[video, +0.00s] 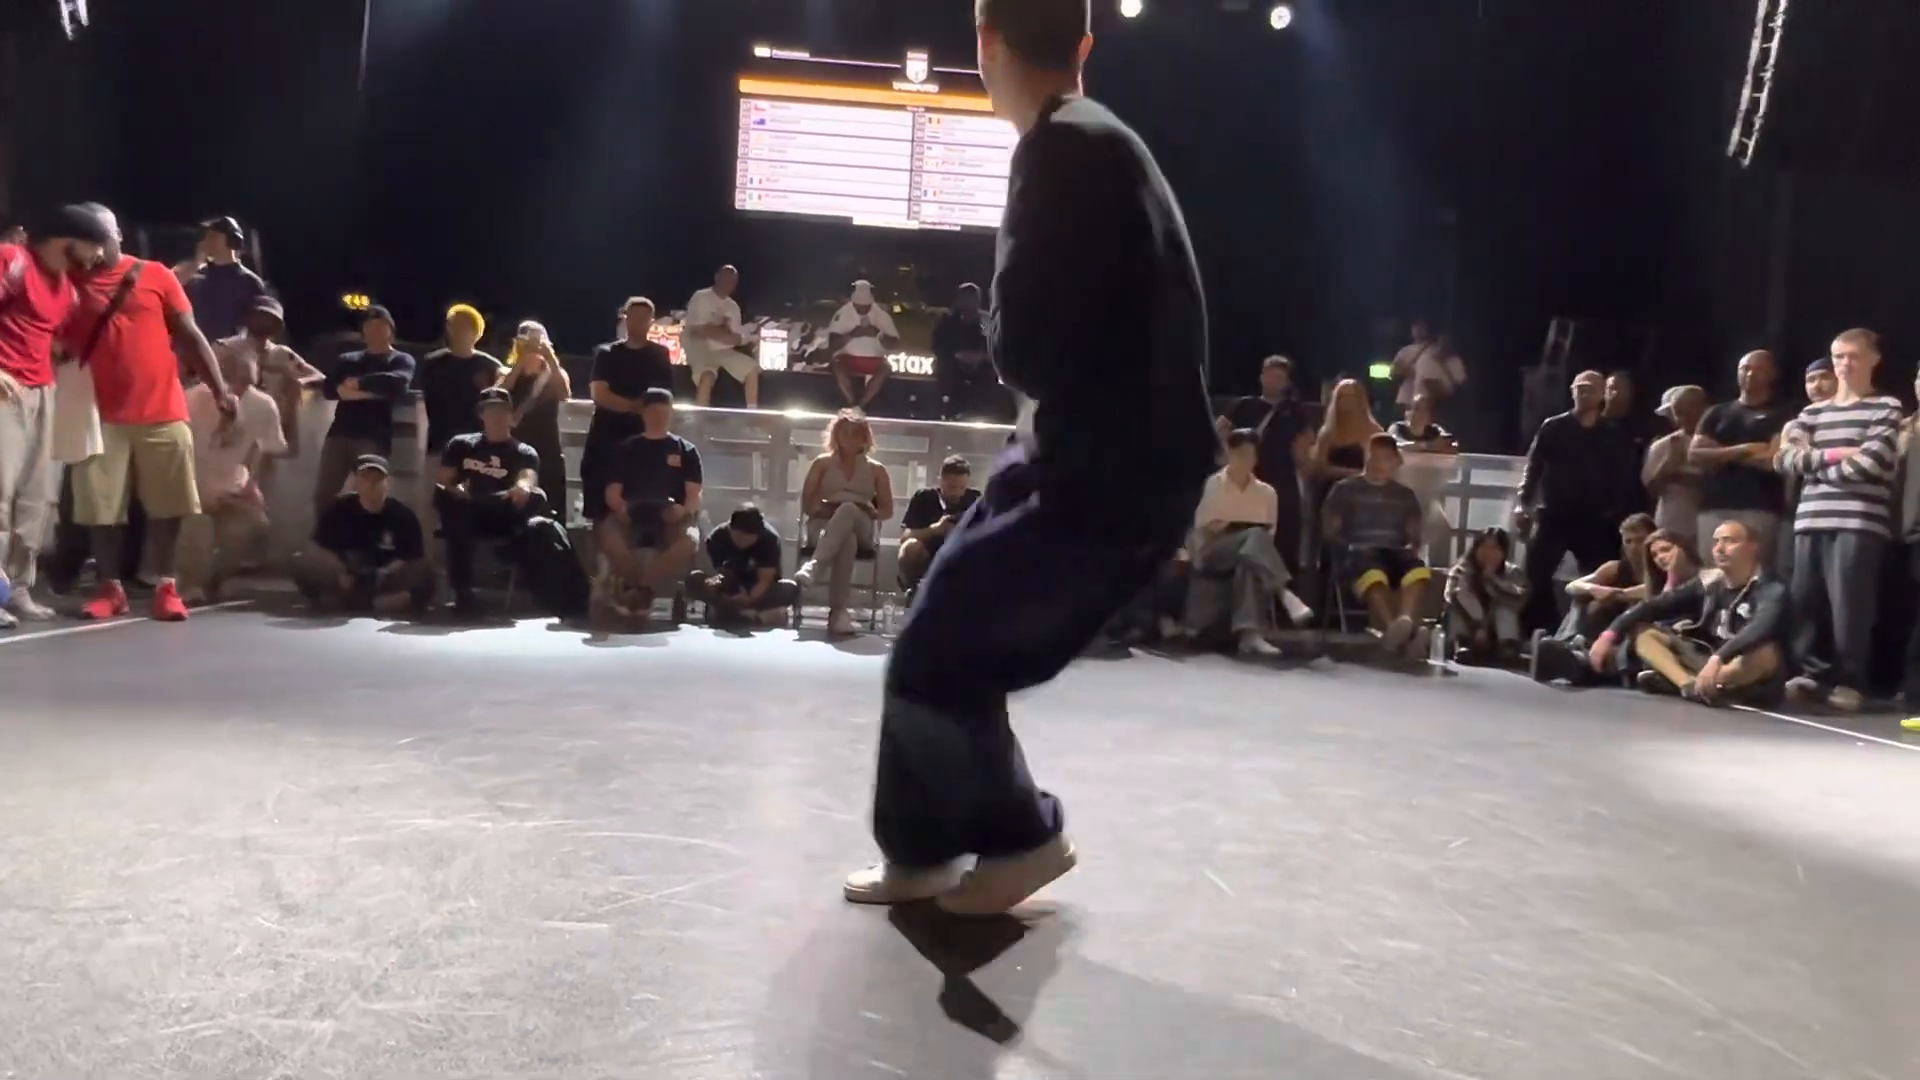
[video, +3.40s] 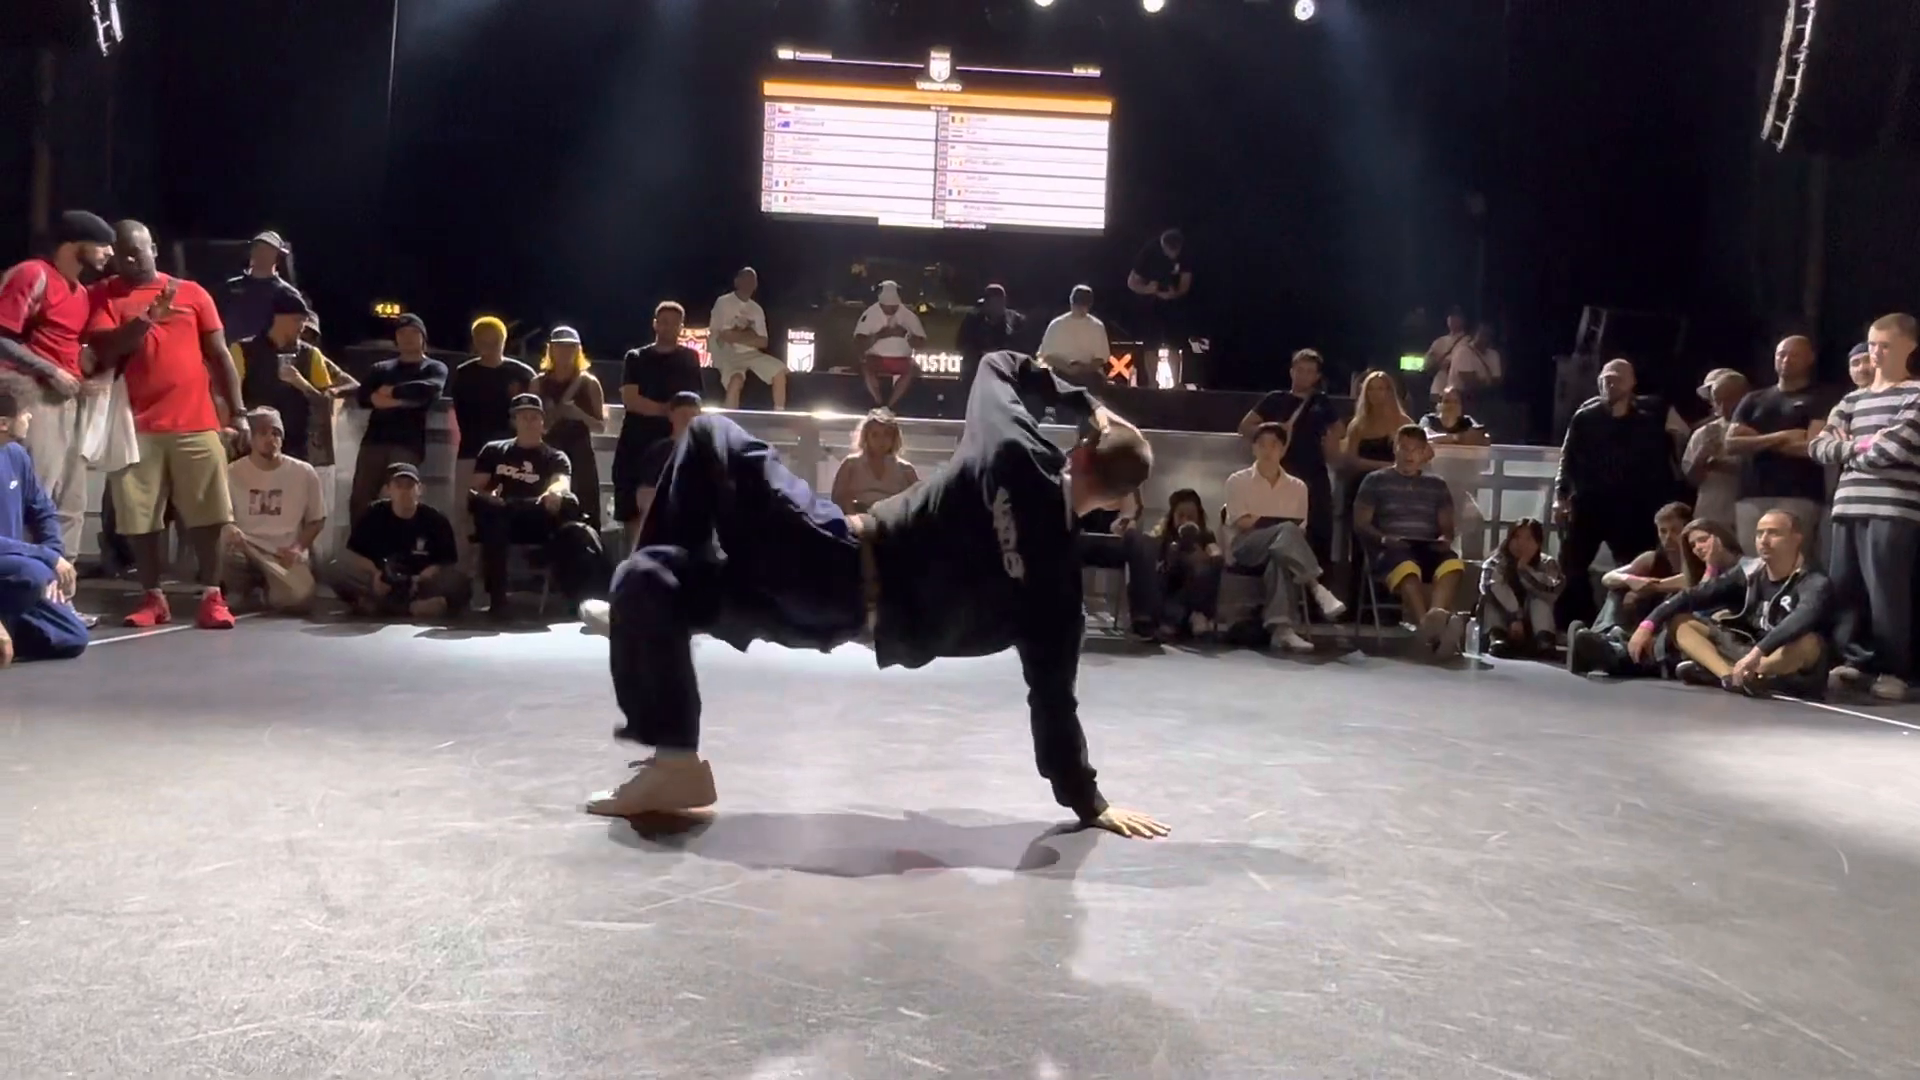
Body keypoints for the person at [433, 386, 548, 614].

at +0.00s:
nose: (497, 416)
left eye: (501, 411)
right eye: (491, 410)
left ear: (511, 416)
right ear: (481, 415)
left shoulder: (525, 453)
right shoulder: (460, 445)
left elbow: (526, 483)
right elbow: (442, 484)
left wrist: (521, 488)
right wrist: (457, 492)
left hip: (505, 506)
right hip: (471, 505)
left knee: (535, 498)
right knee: (454, 512)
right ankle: (463, 593)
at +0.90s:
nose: (500, 438)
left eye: (505, 432)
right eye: (494, 433)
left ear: (514, 437)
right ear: (485, 437)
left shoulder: (528, 473)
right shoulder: (466, 467)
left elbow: (533, 496)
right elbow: (448, 507)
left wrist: (528, 506)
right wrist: (461, 513)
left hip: (511, 531)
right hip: (475, 531)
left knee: (541, 518)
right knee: (461, 530)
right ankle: (470, 613)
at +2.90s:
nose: (525, 426)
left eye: (529, 421)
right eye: (519, 421)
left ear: (537, 427)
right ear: (508, 425)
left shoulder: (551, 462)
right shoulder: (488, 455)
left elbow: (555, 489)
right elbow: (469, 496)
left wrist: (549, 497)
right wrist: (485, 503)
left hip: (533, 517)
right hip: (498, 516)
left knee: (561, 508)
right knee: (483, 524)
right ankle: (491, 602)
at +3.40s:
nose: (530, 423)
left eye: (534, 417)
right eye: (524, 417)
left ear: (543, 423)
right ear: (514, 421)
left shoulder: (556, 457)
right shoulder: (493, 451)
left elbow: (561, 483)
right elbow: (475, 491)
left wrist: (555, 493)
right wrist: (490, 498)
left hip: (538, 515)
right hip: (502, 514)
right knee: (490, 518)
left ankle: (575, 601)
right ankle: (497, 598)